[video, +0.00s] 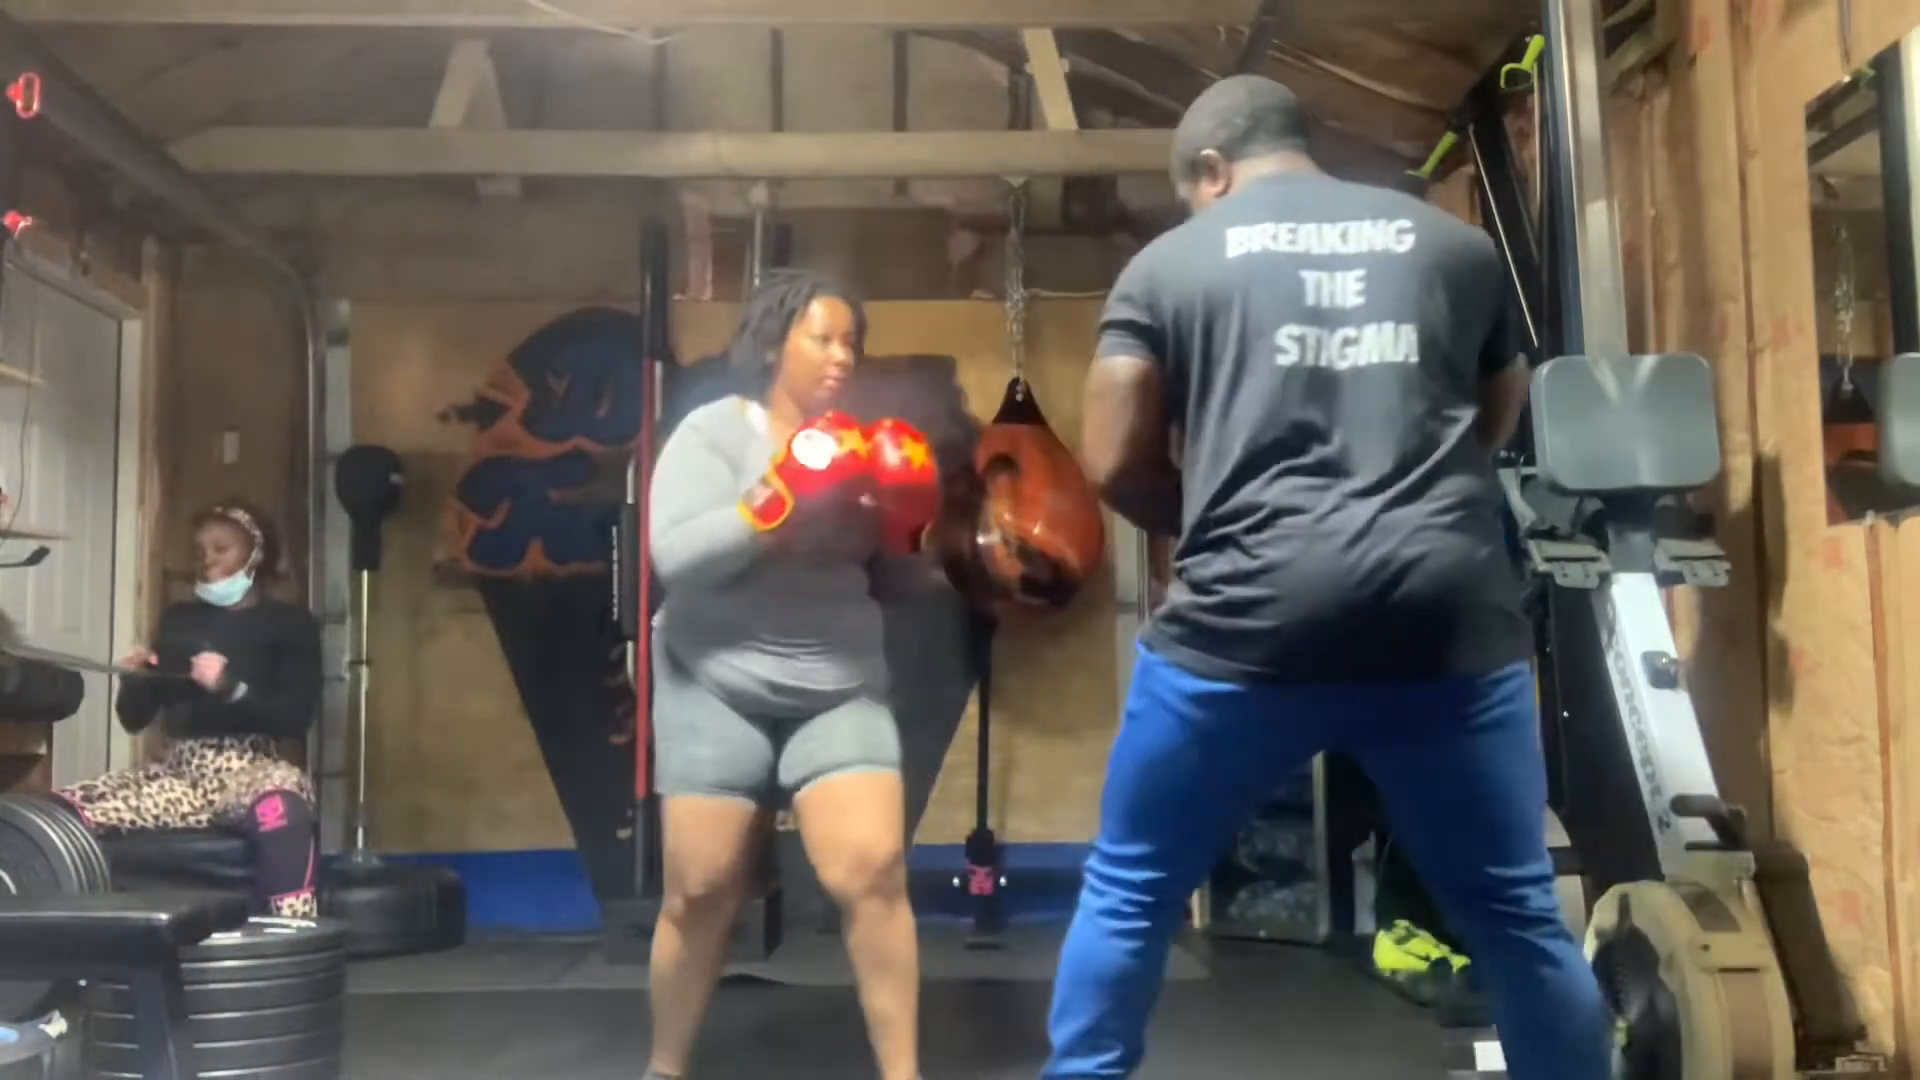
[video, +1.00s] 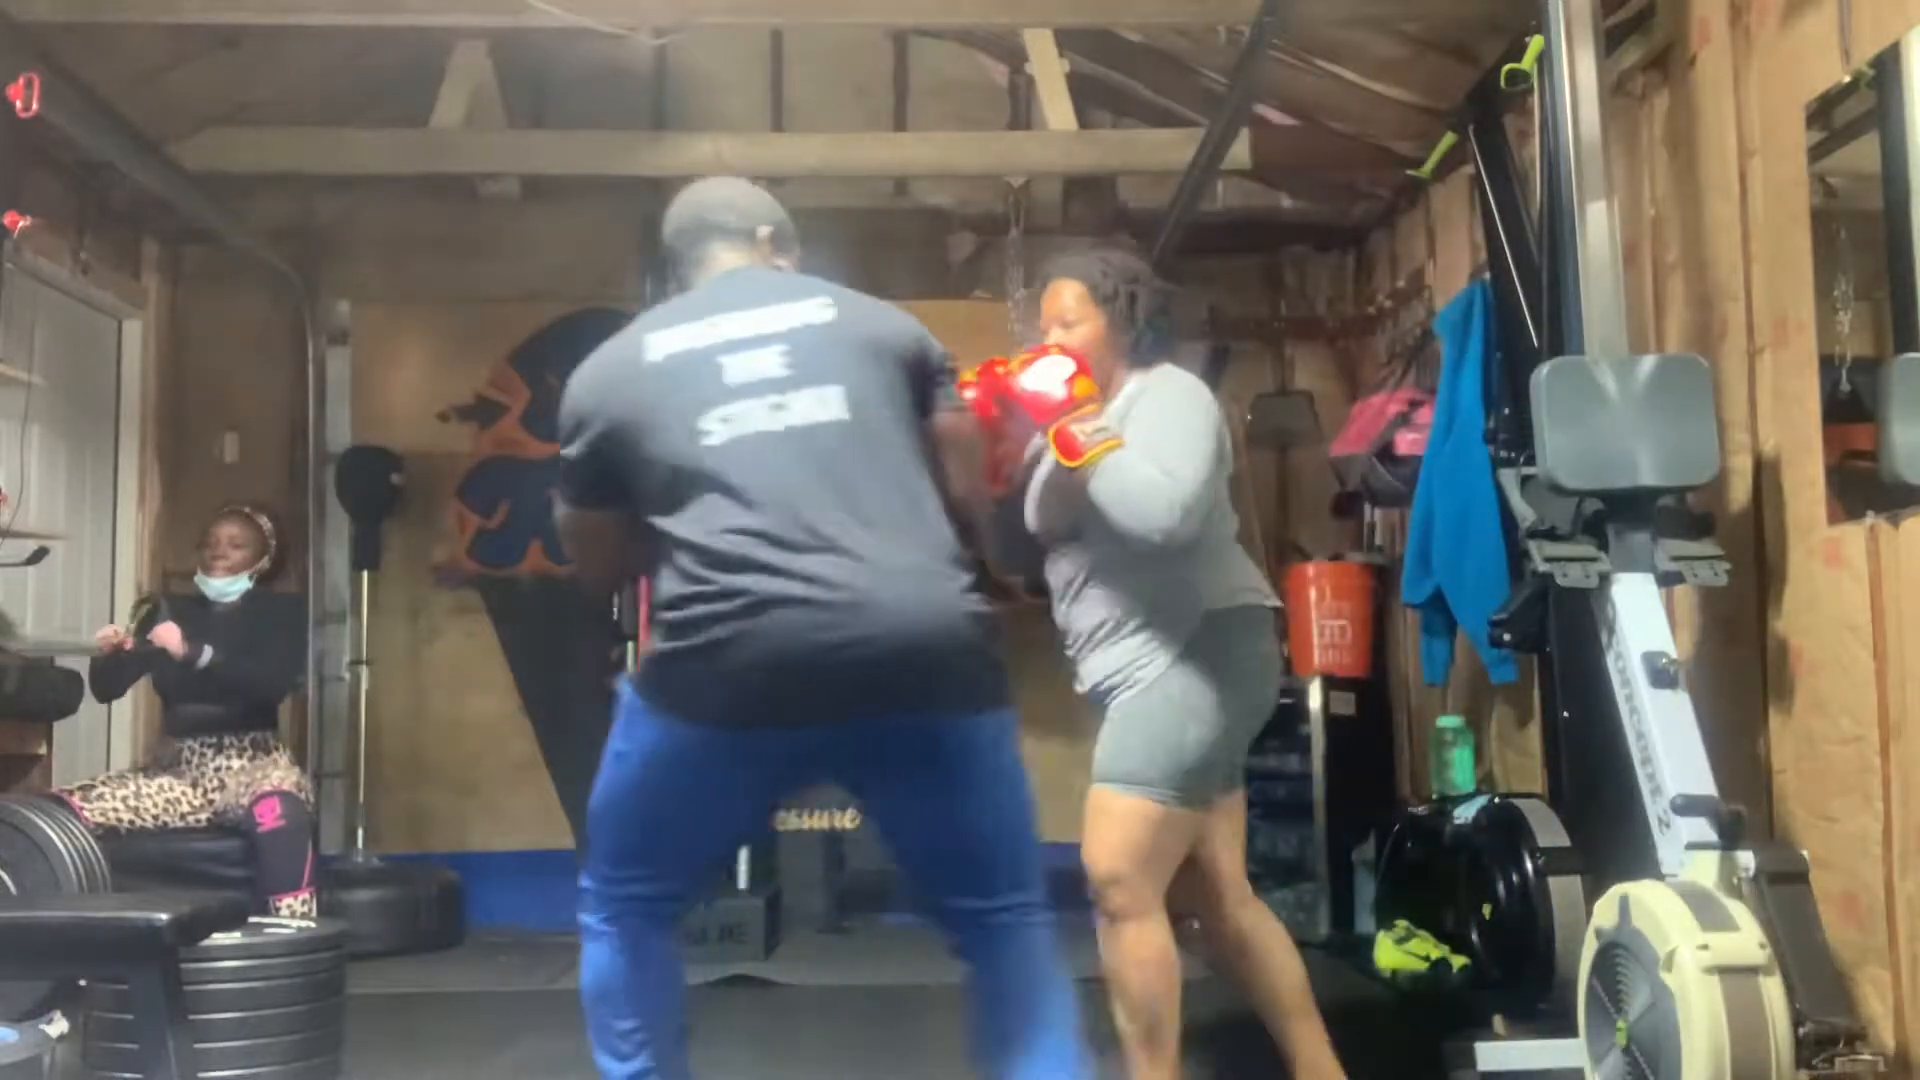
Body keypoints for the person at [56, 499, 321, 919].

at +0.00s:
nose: (208, 560)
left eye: (221, 548)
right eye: (202, 551)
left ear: (254, 554)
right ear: (195, 554)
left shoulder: (289, 621)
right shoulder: (180, 618)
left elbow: (294, 719)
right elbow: (134, 718)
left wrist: (231, 686)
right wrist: (135, 679)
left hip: (256, 772)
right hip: (177, 772)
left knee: (283, 812)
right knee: (61, 811)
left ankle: (295, 947)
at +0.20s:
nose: (210, 556)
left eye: (223, 546)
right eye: (204, 546)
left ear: (255, 554)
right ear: (197, 551)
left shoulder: (282, 613)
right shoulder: (181, 614)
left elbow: (266, 683)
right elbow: (112, 683)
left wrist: (178, 656)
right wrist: (116, 654)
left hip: (250, 773)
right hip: (175, 773)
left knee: (281, 812)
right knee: (62, 812)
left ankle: (295, 944)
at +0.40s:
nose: (214, 561)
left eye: (229, 550)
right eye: (207, 551)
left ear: (259, 560)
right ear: (198, 556)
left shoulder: (285, 621)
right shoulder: (178, 620)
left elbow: (279, 702)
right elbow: (126, 704)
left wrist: (204, 675)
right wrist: (114, 670)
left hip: (254, 772)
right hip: (174, 773)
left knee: (281, 810)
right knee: (63, 811)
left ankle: (296, 944)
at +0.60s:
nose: (215, 561)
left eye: (230, 550)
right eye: (208, 551)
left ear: (260, 560)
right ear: (198, 555)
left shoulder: (289, 624)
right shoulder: (178, 621)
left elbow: (305, 726)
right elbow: (151, 728)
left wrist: (248, 704)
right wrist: (143, 688)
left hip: (257, 771)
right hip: (175, 771)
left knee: (282, 810)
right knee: (59, 808)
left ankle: (297, 946)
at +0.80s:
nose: (216, 556)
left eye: (232, 548)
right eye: (207, 547)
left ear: (260, 560)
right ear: (197, 553)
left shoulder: (283, 617)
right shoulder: (169, 618)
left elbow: (284, 698)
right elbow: (119, 699)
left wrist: (205, 668)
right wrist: (110, 667)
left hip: (255, 771)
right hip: (174, 775)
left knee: (282, 809)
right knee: (62, 809)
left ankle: (295, 943)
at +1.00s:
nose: (217, 553)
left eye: (233, 545)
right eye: (210, 543)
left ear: (260, 560)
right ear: (201, 549)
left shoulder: (281, 611)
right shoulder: (172, 611)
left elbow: (273, 684)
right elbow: (106, 689)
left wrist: (193, 652)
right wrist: (107, 657)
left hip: (254, 769)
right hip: (175, 771)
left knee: (280, 813)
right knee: (61, 811)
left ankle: (296, 949)